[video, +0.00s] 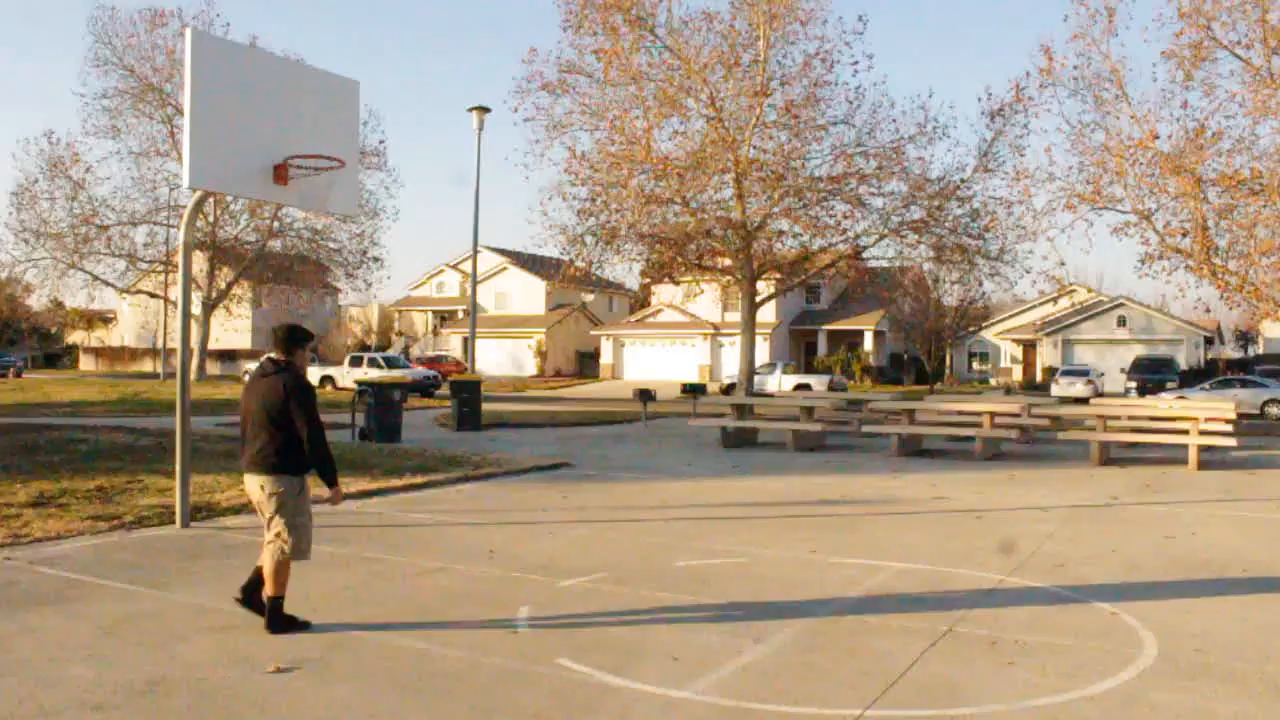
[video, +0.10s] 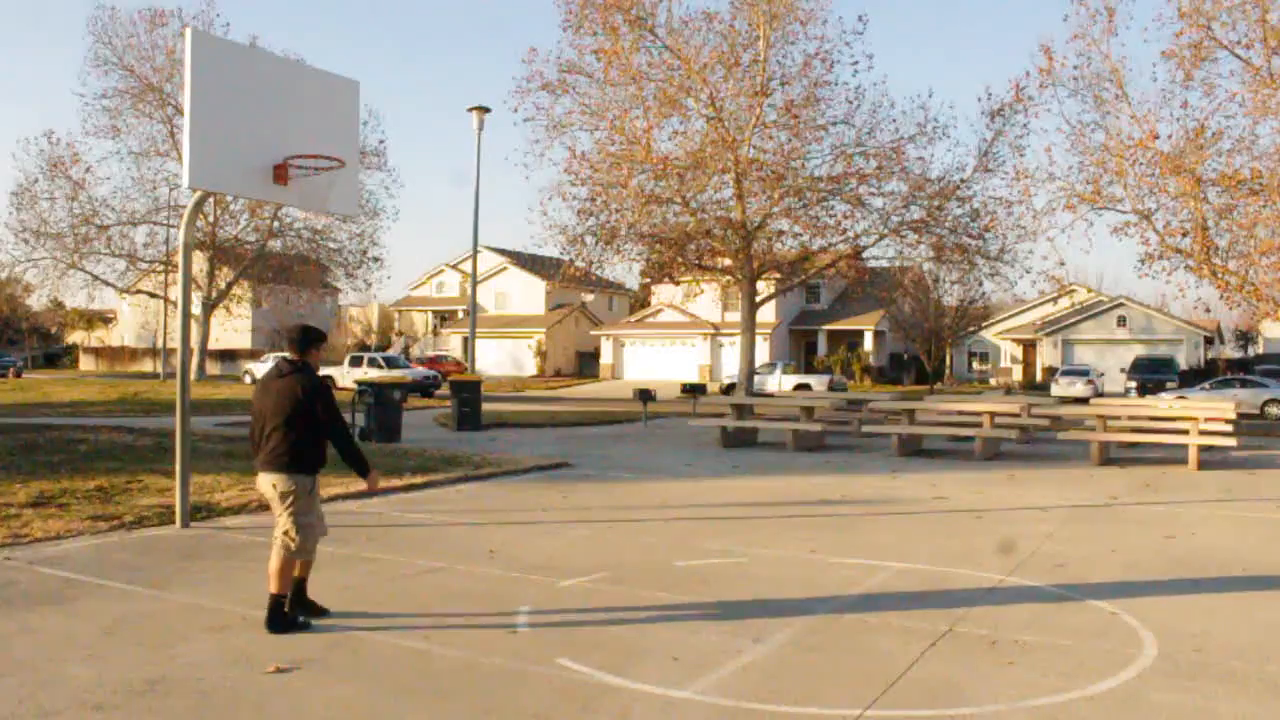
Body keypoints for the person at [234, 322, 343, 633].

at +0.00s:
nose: (310, 358)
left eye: (310, 352)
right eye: (307, 352)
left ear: (277, 350)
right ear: (295, 352)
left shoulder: (255, 380)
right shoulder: (296, 385)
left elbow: (249, 428)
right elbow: (314, 437)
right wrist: (332, 482)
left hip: (253, 472)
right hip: (281, 475)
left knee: (278, 534)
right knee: (284, 540)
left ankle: (254, 587)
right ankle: (275, 613)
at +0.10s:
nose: (322, 356)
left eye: (321, 351)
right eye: (320, 350)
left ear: (292, 350)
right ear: (310, 351)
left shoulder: (266, 382)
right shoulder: (312, 385)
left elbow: (256, 431)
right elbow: (338, 433)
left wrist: (263, 461)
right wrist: (366, 471)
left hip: (268, 471)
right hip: (293, 475)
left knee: (311, 530)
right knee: (288, 539)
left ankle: (298, 596)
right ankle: (276, 612)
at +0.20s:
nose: (338, 358)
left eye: (338, 352)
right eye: (336, 352)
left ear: (307, 352)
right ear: (325, 353)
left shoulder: (281, 382)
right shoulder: (328, 386)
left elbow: (267, 429)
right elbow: (356, 428)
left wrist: (266, 468)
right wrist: (386, 461)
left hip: (281, 471)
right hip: (308, 474)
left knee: (319, 532)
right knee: (296, 539)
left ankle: (340, 590)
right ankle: (277, 614)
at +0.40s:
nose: (364, 359)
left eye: (364, 353)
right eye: (362, 353)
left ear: (333, 353)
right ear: (348, 354)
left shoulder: (308, 384)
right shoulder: (358, 387)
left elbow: (297, 431)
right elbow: (379, 431)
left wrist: (297, 470)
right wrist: (403, 462)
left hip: (311, 470)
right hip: (339, 473)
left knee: (347, 530)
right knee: (337, 532)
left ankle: (350, 593)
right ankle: (294, 593)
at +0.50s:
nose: (377, 356)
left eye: (376, 350)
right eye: (373, 350)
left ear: (346, 351)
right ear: (358, 351)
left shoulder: (323, 381)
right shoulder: (368, 383)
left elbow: (316, 426)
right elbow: (388, 430)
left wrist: (320, 456)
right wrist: (406, 461)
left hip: (322, 467)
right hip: (354, 470)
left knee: (344, 529)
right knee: (370, 526)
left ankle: (350, 593)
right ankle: (320, 578)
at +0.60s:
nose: (390, 355)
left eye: (390, 349)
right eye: (386, 349)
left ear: (361, 350)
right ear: (369, 350)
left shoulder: (339, 378)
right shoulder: (376, 379)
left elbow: (334, 422)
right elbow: (396, 427)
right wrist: (414, 463)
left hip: (334, 465)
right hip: (366, 467)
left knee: (348, 526)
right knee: (391, 519)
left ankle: (349, 592)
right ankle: (355, 578)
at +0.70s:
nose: (406, 356)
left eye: (406, 350)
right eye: (402, 350)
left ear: (378, 351)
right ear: (384, 350)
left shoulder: (355, 378)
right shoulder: (387, 379)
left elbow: (345, 423)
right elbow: (403, 429)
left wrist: (353, 455)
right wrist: (426, 467)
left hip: (351, 465)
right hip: (380, 468)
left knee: (357, 527)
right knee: (403, 522)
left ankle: (350, 592)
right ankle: (395, 591)